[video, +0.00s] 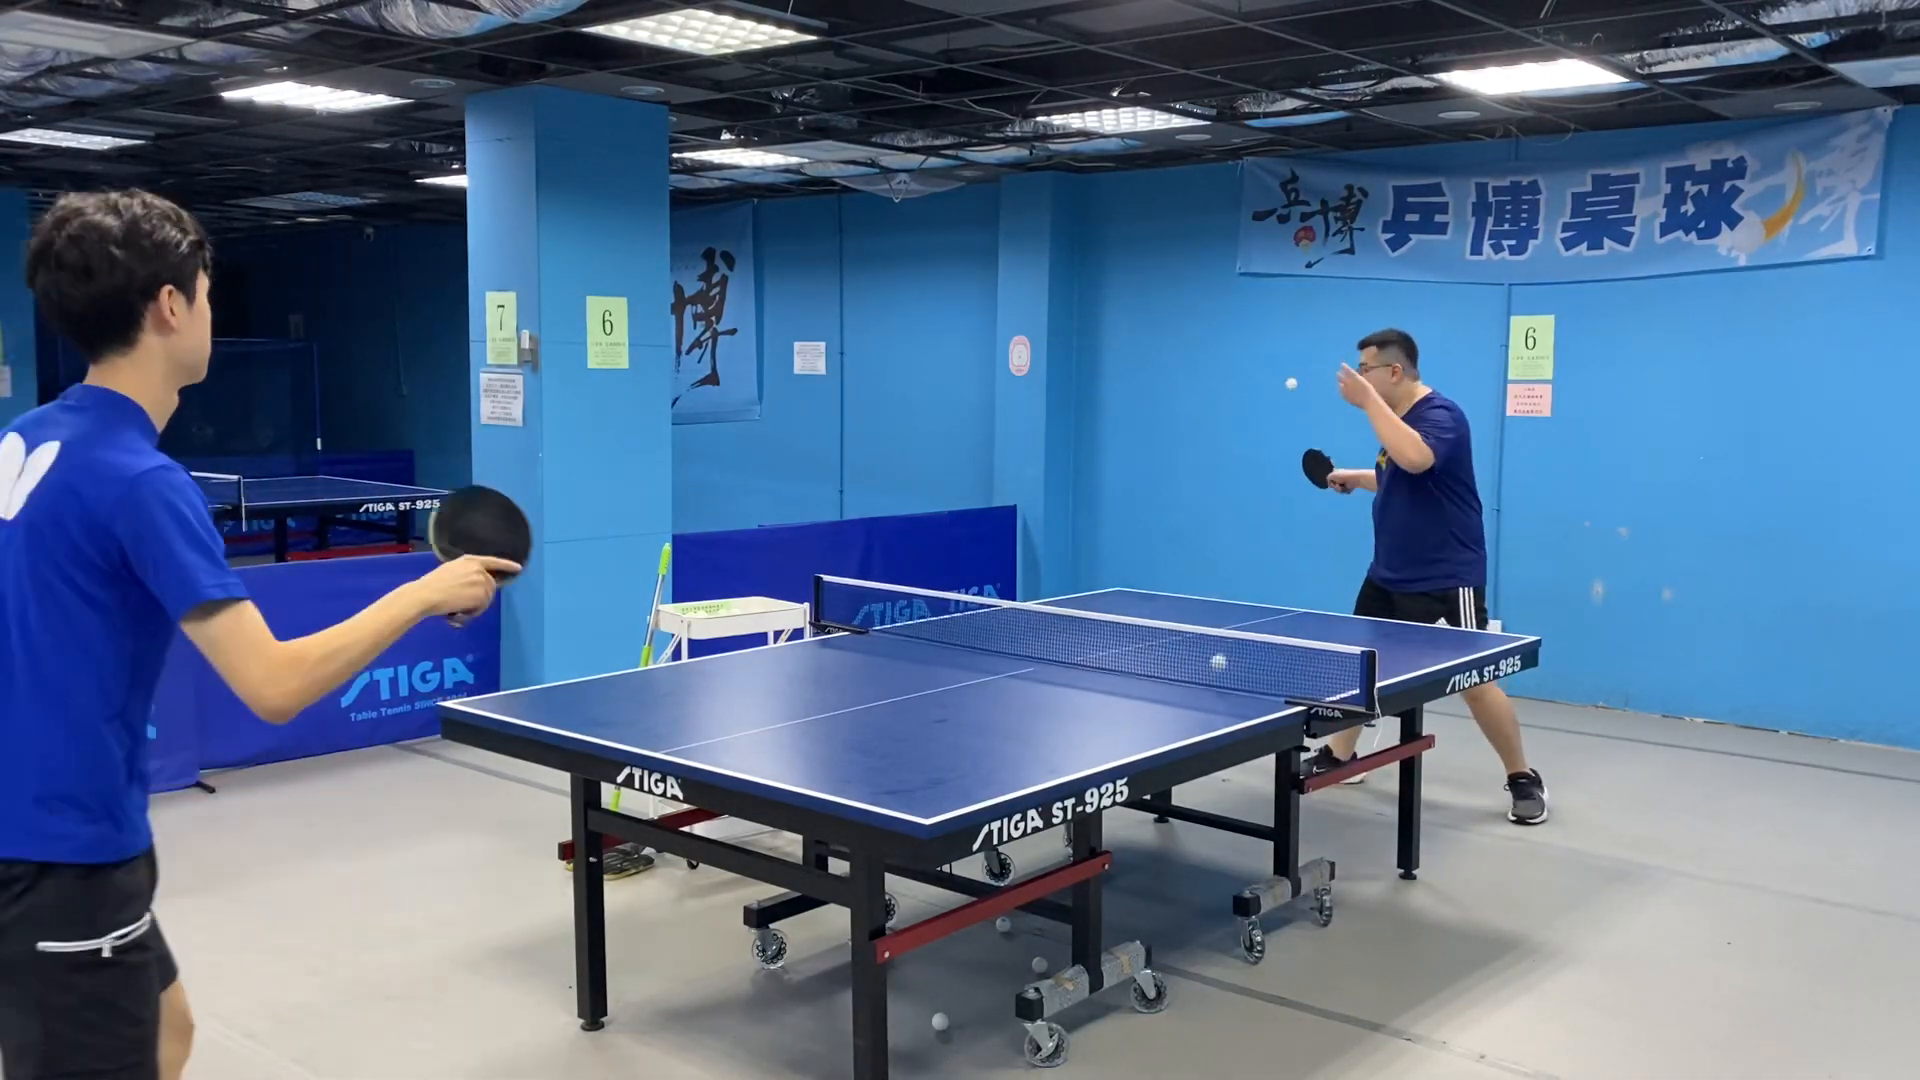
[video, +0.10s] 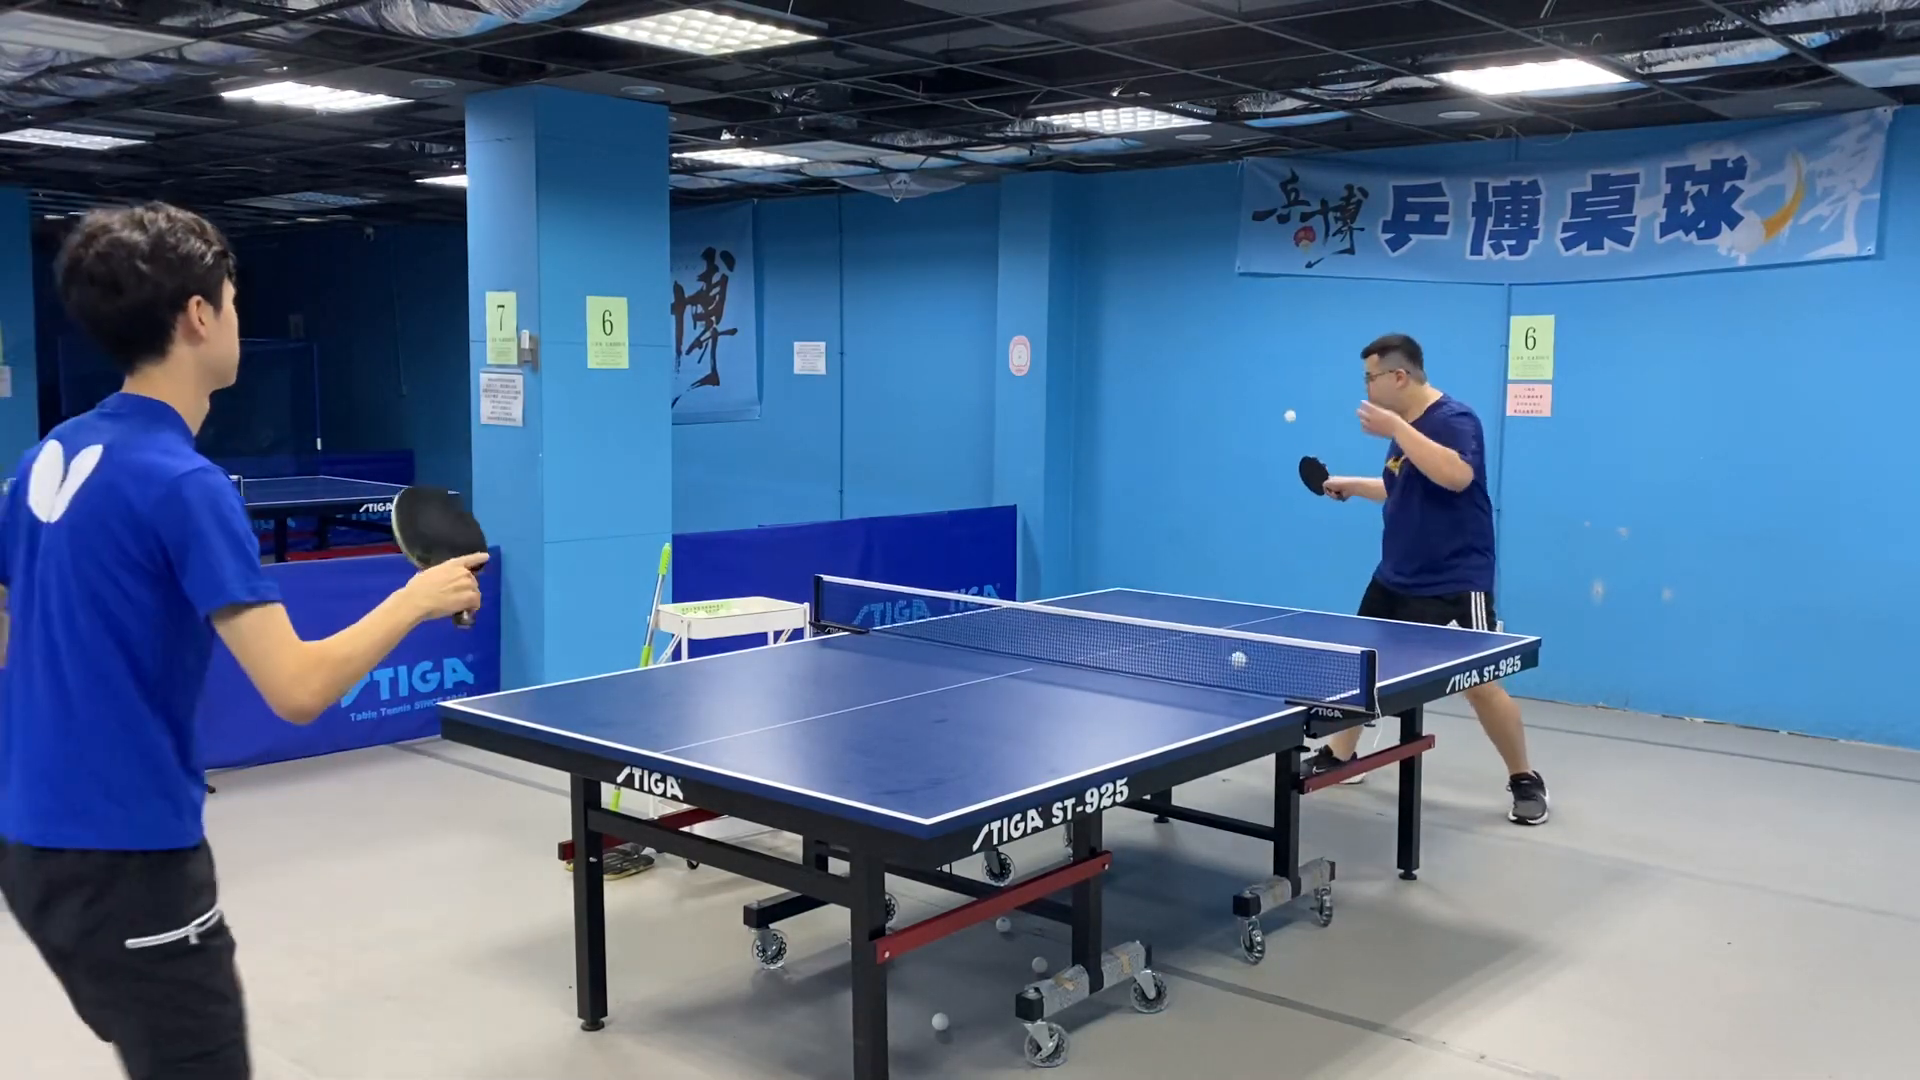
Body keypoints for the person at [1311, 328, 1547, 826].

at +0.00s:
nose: (1362, 380)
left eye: (1368, 370)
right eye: (1362, 371)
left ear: (1397, 371)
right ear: (1390, 374)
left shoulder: (1443, 415)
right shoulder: (1396, 422)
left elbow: (1416, 458)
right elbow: (1402, 484)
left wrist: (1369, 400)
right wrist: (1353, 478)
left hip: (1447, 580)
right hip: (1388, 574)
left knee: (1474, 680)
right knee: (1360, 667)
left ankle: (1521, 777)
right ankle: (1339, 753)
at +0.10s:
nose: (1368, 388)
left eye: (1373, 378)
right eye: (1368, 380)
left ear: (1401, 376)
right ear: (1396, 378)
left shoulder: (1456, 420)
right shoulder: (1404, 427)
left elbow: (1457, 475)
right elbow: (1403, 493)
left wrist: (1397, 428)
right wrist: (1352, 486)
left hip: (1457, 581)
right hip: (1396, 576)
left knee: (1479, 683)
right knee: (1360, 666)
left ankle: (1523, 778)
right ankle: (1340, 753)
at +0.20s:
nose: (1383, 400)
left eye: (1386, 389)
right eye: (1381, 390)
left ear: (1416, 381)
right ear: (1411, 383)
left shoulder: (1477, 427)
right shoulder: (1408, 434)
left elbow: (1495, 492)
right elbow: (1402, 497)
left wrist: (1421, 470)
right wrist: (1342, 498)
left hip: (1467, 588)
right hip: (1401, 581)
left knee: (1489, 683)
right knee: (1359, 663)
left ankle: (1527, 780)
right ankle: (1339, 750)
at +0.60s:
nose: (1385, 406)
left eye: (1396, 397)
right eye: (1379, 397)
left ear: (1425, 393)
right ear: (1374, 396)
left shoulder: (1469, 443)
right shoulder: (1371, 439)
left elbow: (1503, 504)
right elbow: (1340, 498)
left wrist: (1448, 515)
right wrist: (1327, 472)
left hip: (1454, 592)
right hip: (1375, 587)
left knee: (1496, 675)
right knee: (1319, 659)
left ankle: (1527, 780)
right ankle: (1313, 745)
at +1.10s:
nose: (1340, 397)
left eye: (1350, 388)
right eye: (1333, 389)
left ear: (1377, 387)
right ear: (1328, 392)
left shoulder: (1425, 432)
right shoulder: (1335, 447)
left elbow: (1467, 488)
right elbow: (1330, 504)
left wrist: (1398, 498)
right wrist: (1292, 528)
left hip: (1437, 584)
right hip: (1364, 583)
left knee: (1470, 674)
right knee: (1317, 657)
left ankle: (1508, 775)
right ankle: (1316, 747)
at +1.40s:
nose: (1336, 425)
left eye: (1340, 413)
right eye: (1331, 418)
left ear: (1370, 399)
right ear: (1358, 408)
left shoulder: (1421, 435)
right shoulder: (1375, 449)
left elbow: (1440, 493)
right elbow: (1398, 518)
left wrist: (1368, 471)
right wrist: (1361, 547)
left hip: (1441, 591)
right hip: (1380, 587)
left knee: (1466, 686)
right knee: (1324, 659)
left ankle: (1513, 779)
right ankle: (1314, 750)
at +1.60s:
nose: (1389, 424)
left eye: (1391, 412)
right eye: (1384, 416)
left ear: (1421, 397)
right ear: (1414, 403)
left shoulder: (1477, 439)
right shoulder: (1420, 449)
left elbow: (1501, 505)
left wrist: (1422, 504)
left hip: (1464, 597)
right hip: (1403, 588)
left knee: (1476, 695)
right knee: (1346, 663)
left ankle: (1524, 785)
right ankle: (1316, 748)